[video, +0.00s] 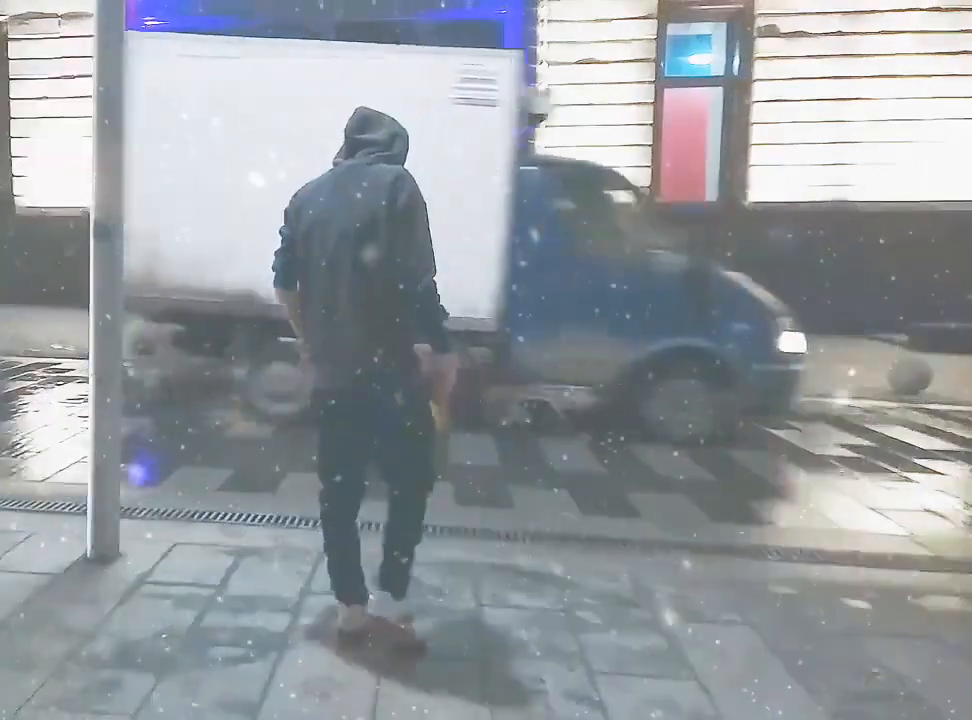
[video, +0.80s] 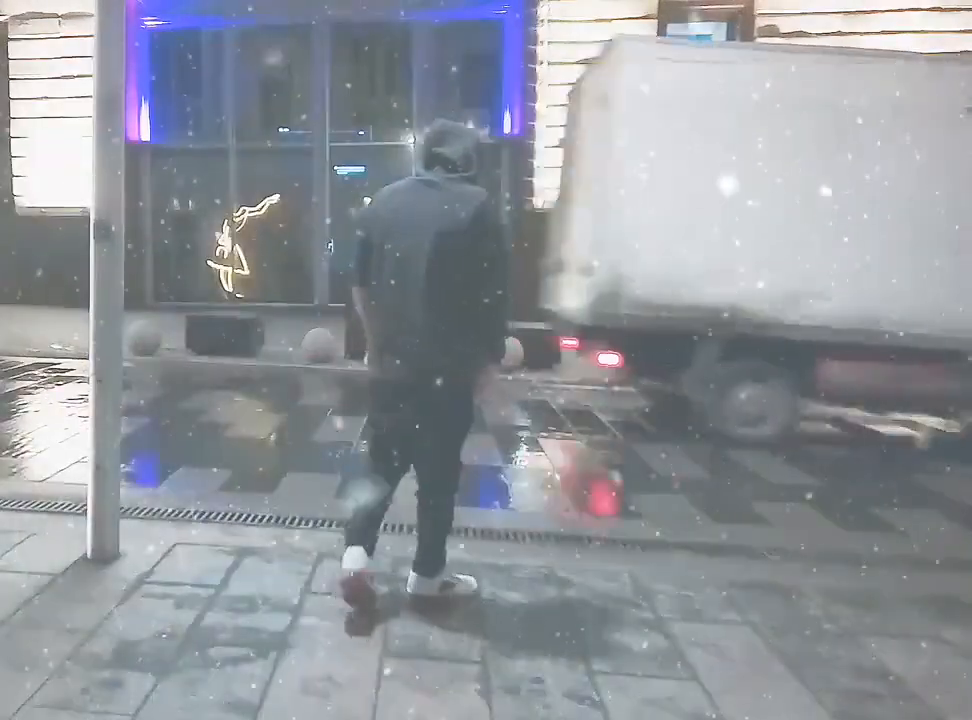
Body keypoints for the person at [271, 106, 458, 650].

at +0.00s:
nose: (400, 160)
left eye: (397, 153)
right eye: (399, 153)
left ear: (348, 146)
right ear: (394, 148)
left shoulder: (307, 196)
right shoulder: (397, 183)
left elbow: (284, 279)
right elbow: (417, 276)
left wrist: (307, 342)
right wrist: (438, 351)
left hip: (332, 368)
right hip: (391, 365)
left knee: (338, 490)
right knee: (412, 480)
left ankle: (351, 612)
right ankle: (392, 607)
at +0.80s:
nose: (476, 167)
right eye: (475, 160)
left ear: (424, 156)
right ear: (468, 160)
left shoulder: (383, 201)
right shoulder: (478, 206)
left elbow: (360, 284)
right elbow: (493, 293)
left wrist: (375, 343)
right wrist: (492, 356)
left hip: (392, 359)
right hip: (451, 360)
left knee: (381, 463)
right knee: (439, 473)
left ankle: (355, 554)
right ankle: (427, 575)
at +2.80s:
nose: (563, 156)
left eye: (573, 147)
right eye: (553, 146)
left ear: (585, 153)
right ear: (533, 150)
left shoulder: (603, 215)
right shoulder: (501, 210)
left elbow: (619, 289)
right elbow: (486, 287)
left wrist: (613, 352)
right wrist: (510, 340)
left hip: (584, 366)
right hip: (523, 366)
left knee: (605, 481)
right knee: (529, 479)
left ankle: (606, 573)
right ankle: (537, 577)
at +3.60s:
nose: (594, 139)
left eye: (606, 127)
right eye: (583, 130)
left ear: (630, 134)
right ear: (572, 139)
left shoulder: (670, 206)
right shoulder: (557, 205)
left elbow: (694, 289)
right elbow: (537, 293)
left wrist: (654, 354)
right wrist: (519, 353)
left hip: (629, 387)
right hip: (558, 383)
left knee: (627, 515)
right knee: (535, 494)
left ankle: (614, 626)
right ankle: (549, 574)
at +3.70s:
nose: (596, 138)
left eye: (608, 126)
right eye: (586, 127)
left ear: (631, 135)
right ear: (573, 137)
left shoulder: (673, 206)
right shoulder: (560, 204)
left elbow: (694, 291)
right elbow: (543, 293)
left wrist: (654, 358)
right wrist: (525, 355)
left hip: (628, 388)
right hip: (560, 381)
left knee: (626, 513)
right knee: (529, 486)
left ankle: (614, 621)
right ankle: (549, 586)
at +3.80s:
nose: (594, 139)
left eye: (607, 126)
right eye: (583, 127)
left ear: (630, 134)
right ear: (570, 137)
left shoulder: (669, 205)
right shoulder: (558, 205)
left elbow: (692, 296)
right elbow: (544, 295)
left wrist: (650, 365)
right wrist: (530, 362)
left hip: (626, 392)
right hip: (556, 384)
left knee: (624, 517)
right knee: (522, 492)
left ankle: (613, 622)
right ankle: (537, 602)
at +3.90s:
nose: (582, 138)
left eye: (595, 126)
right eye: (573, 128)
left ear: (624, 133)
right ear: (565, 137)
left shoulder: (668, 206)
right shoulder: (557, 204)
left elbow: (690, 296)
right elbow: (541, 294)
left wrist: (645, 371)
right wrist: (527, 365)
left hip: (619, 391)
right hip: (551, 383)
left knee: (621, 515)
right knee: (516, 492)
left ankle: (614, 625)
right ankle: (522, 615)